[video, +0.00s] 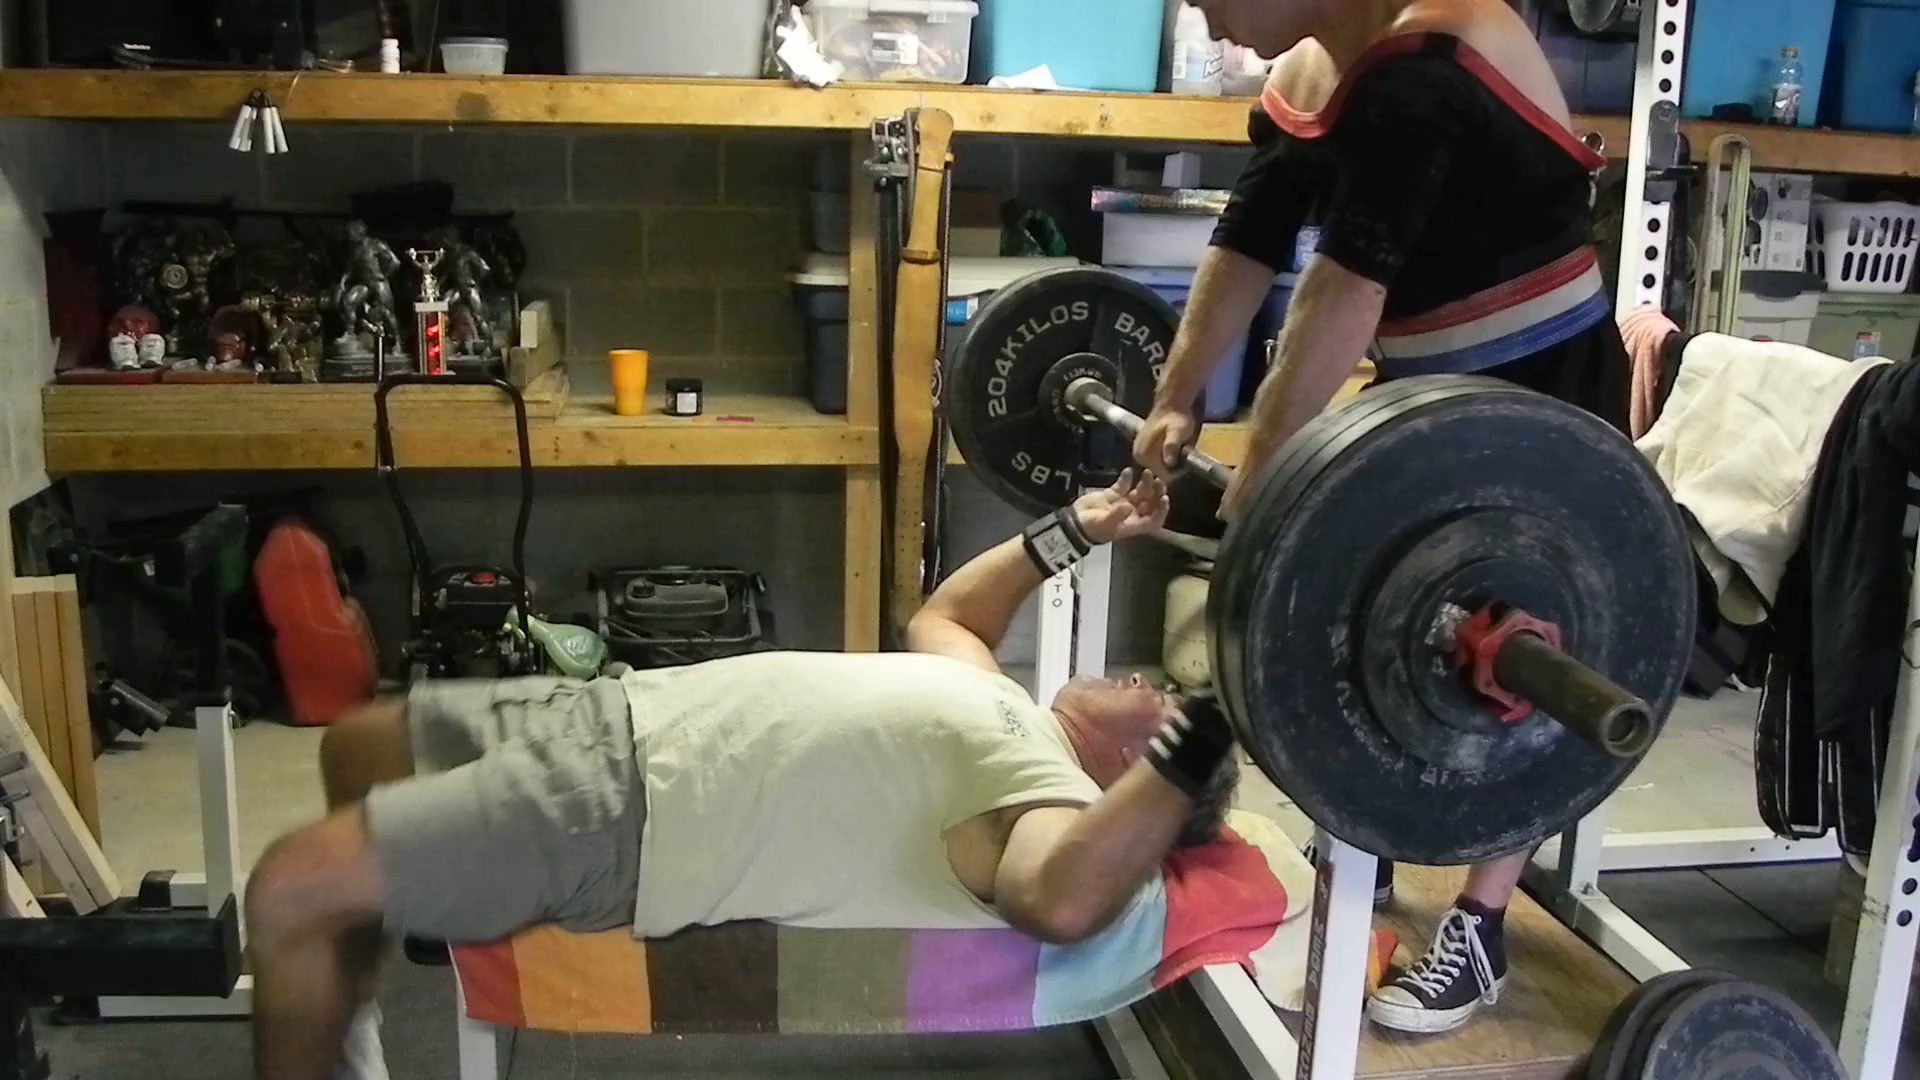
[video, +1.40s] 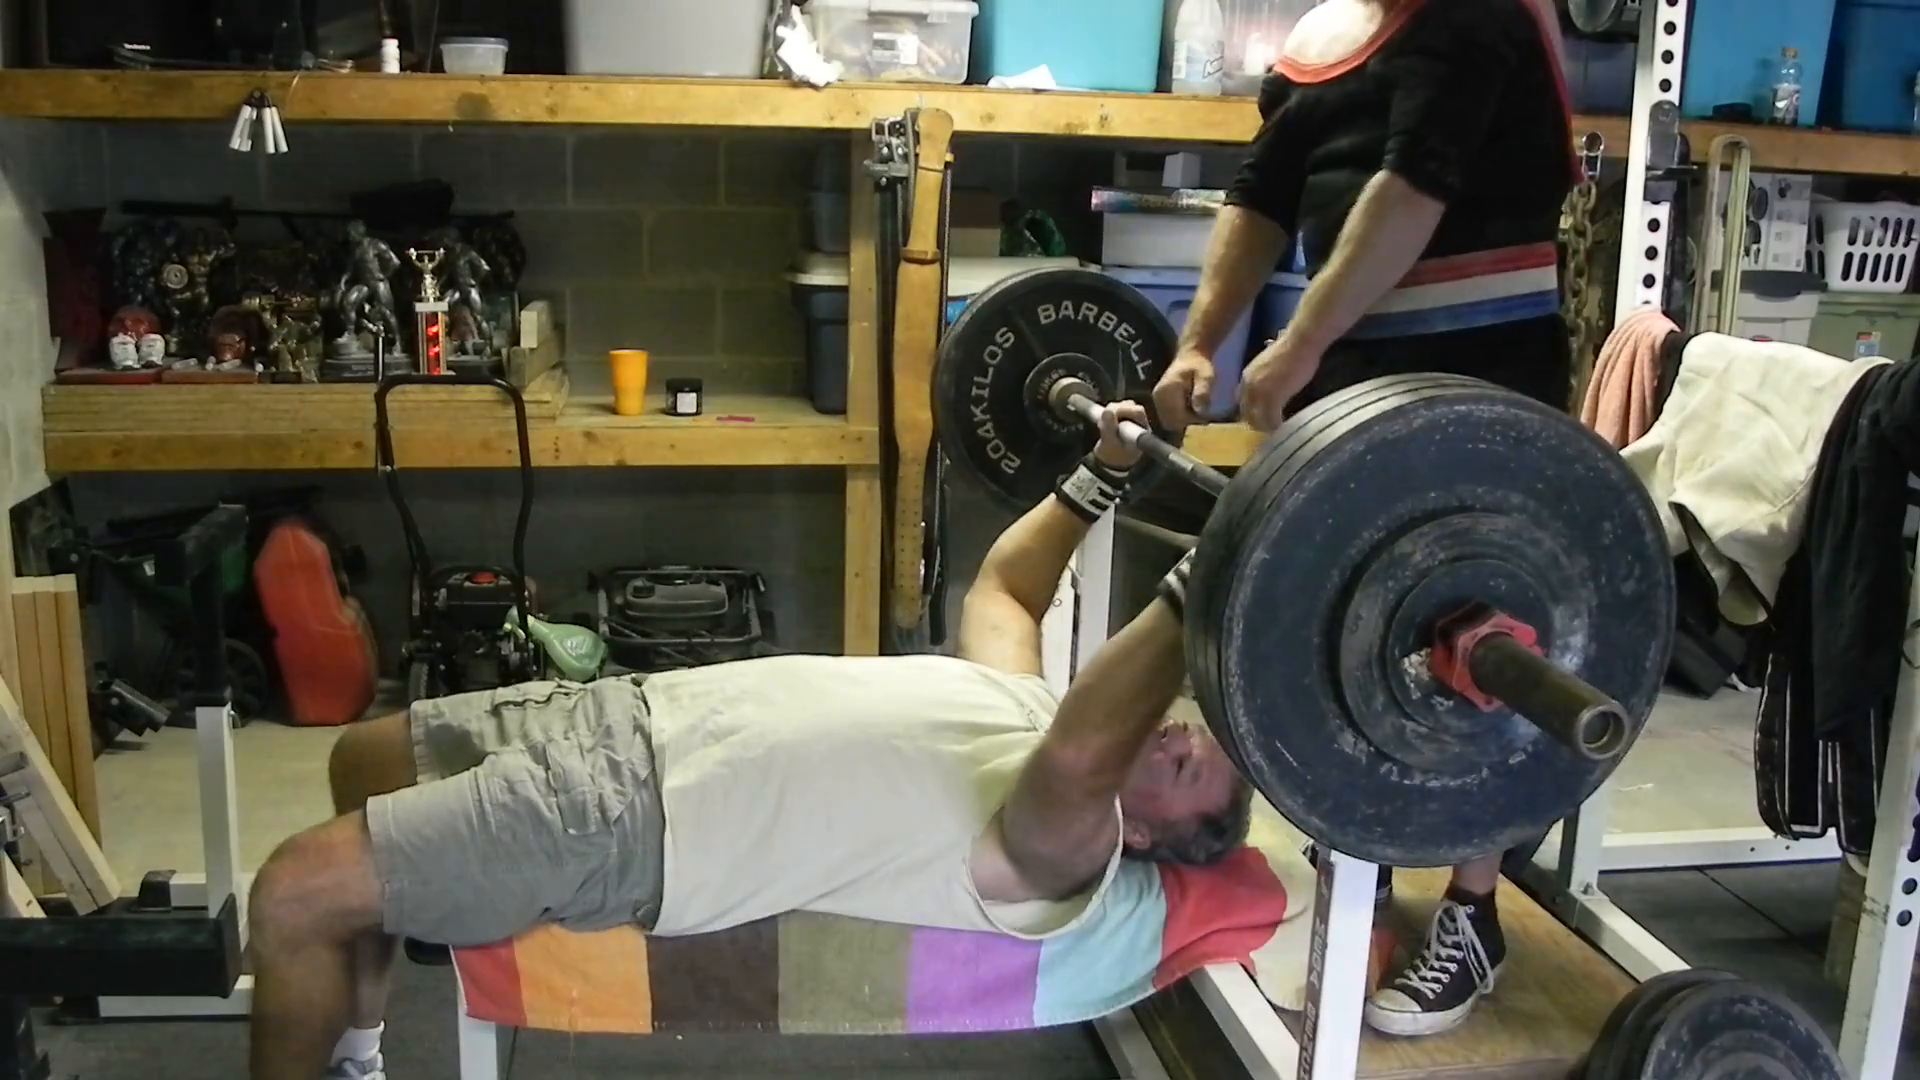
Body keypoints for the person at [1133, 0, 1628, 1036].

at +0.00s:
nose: (1206, 22)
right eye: (1201, 5)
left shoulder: (1419, 75)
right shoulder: (1310, 69)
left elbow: (1341, 304)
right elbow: (1251, 231)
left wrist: (1253, 494)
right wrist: (1172, 404)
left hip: (1535, 391)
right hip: (1412, 382)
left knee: (1522, 648)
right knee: (1384, 620)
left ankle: (1477, 917)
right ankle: (1365, 846)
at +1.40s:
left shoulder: (1472, 16)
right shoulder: (1316, 33)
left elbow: (1415, 185)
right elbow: (1263, 192)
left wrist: (1300, 341)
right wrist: (1196, 345)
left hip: (1479, 360)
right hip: (1346, 361)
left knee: (1478, 628)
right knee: (1352, 616)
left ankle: (1470, 908)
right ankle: (1357, 870)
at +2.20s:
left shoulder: (1634, 21)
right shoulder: (1452, 17)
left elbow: (1541, 195)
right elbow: (1365, 153)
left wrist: (1410, 362)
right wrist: (1262, 279)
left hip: (1556, 366)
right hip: (1420, 346)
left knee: (1539, 626)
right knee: (1369, 605)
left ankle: (1526, 899)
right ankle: (1352, 853)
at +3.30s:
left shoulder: (1604, 20)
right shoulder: (1468, 33)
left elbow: (1522, 165)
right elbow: (1366, 161)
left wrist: (1373, 235)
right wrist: (1201, 185)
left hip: (1579, 373)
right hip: (1461, 359)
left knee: (1559, 632)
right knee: (1431, 598)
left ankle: (1532, 894)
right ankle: (1442, 833)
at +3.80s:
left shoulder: (1583, 18)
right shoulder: (1429, 30)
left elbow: (1509, 151)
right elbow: (1323, 161)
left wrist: (1372, 71)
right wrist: (1200, 65)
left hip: (1539, 364)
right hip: (1409, 352)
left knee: (1530, 625)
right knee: (1391, 602)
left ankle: (1527, 891)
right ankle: (1427, 828)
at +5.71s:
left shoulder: (1648, 19)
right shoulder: (1528, 17)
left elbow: (1528, 168)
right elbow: (1468, 142)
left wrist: (1355, 76)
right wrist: (1344, 71)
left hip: (1612, 380)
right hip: (1502, 369)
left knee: (1590, 655)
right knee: (1464, 616)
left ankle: (1540, 915)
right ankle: (1446, 845)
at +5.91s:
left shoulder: (1650, 21)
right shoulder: (1534, 13)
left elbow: (1525, 170)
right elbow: (1477, 133)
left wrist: (1357, 79)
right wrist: (1360, 66)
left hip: (1613, 386)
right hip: (1506, 372)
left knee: (1589, 657)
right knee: (1471, 617)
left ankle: (1539, 916)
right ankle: (1452, 846)